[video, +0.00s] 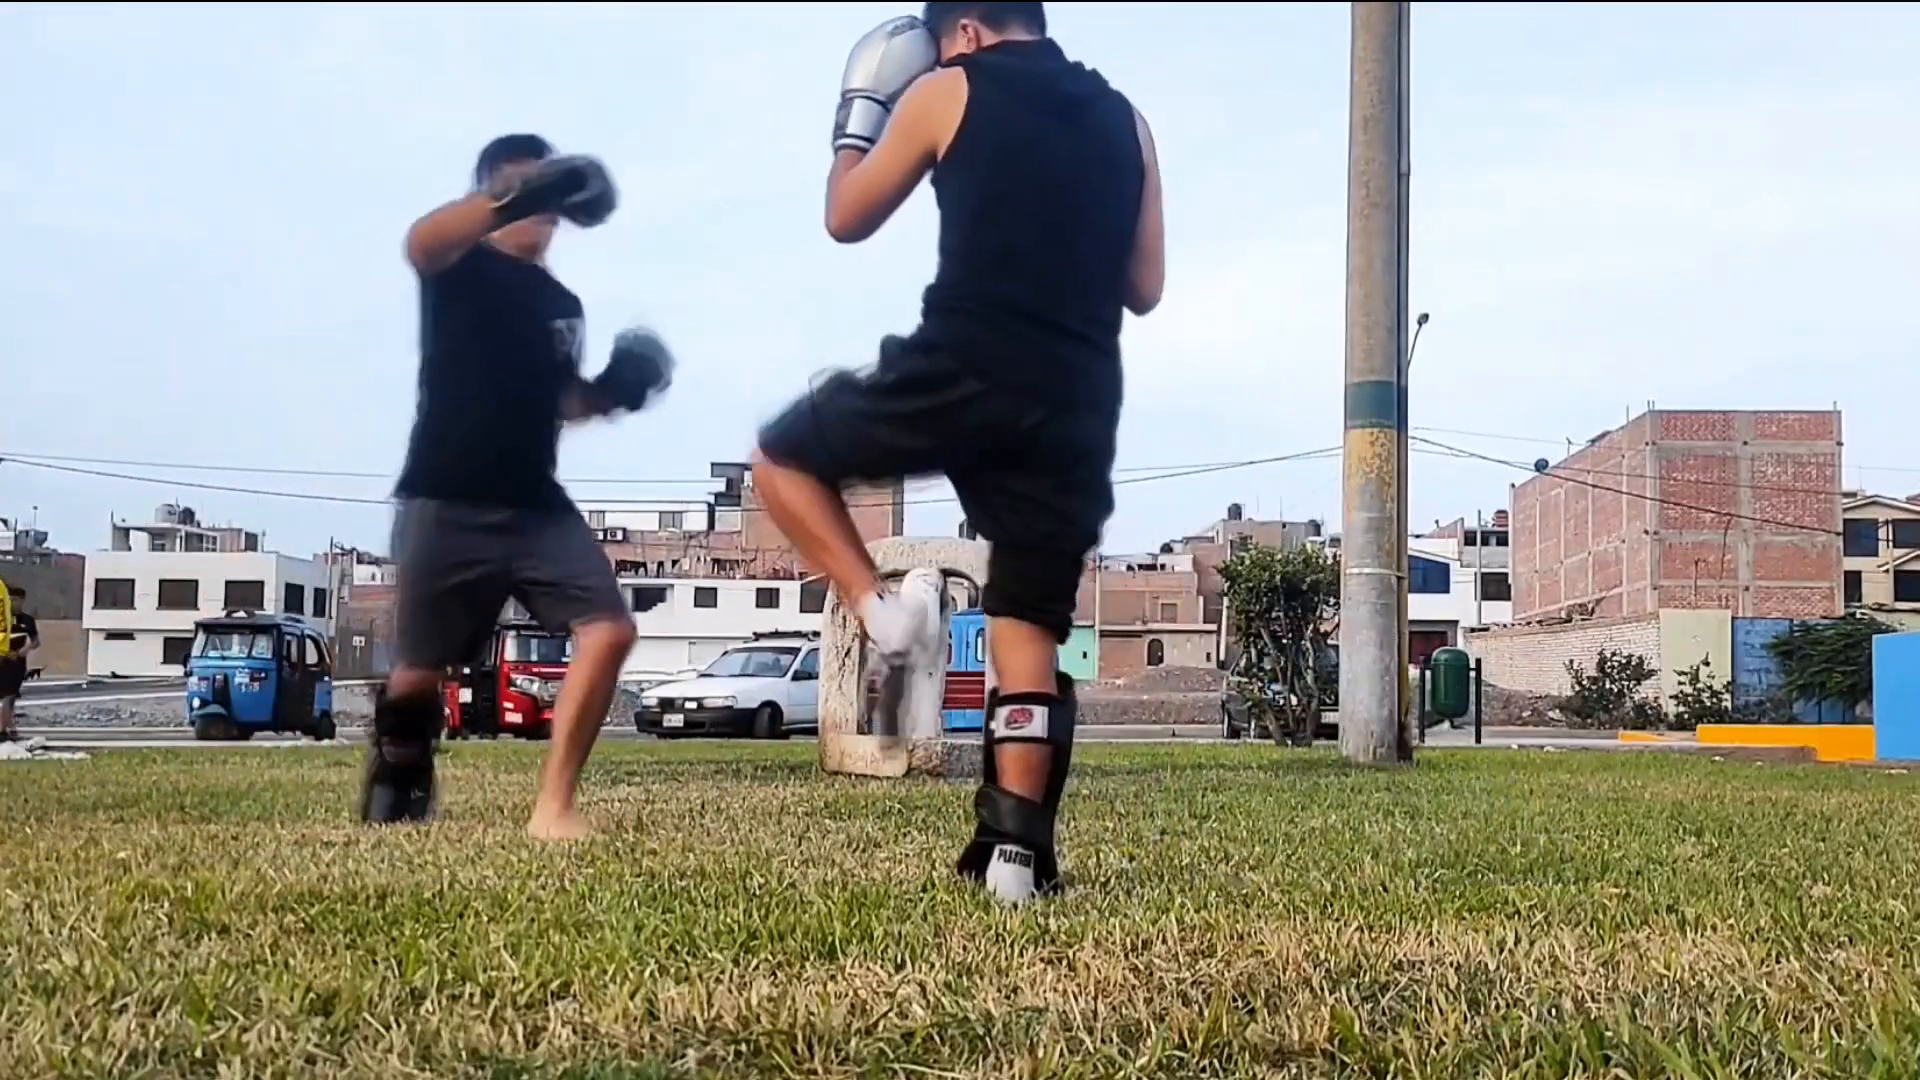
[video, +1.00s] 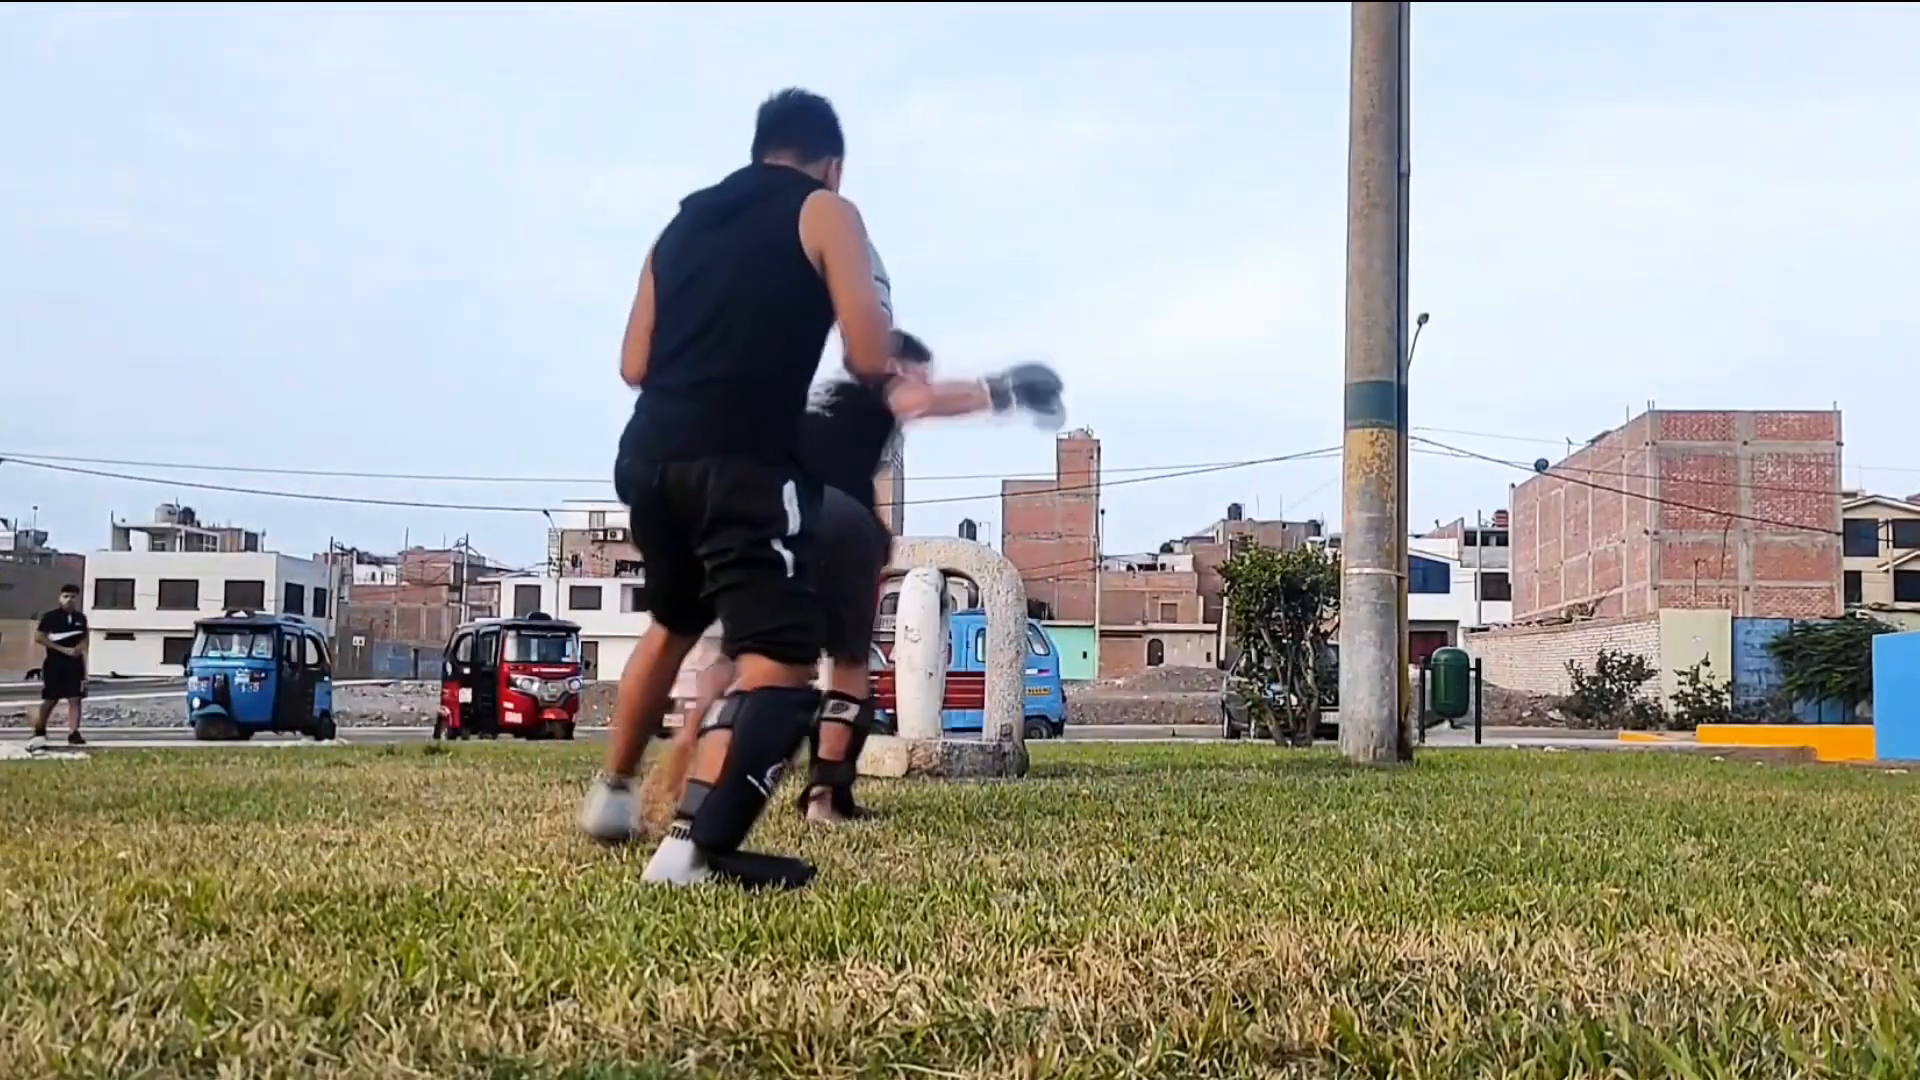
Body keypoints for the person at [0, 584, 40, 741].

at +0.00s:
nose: (13, 603)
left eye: (17, 600)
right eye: (11, 599)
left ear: (22, 601)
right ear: (7, 600)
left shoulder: (27, 620)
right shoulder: (5, 620)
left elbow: (35, 641)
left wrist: (22, 651)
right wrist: (8, 651)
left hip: (17, 661)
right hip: (4, 660)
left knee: (9, 698)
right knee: (8, 698)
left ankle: (4, 729)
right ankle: (10, 729)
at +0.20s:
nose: (21, 605)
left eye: (25, 602)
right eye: (19, 601)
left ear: (32, 603)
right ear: (15, 602)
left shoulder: (38, 621)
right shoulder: (6, 620)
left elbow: (45, 643)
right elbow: (1, 643)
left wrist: (37, 650)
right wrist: (14, 654)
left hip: (30, 662)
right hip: (12, 661)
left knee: (20, 700)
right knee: (23, 697)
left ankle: (4, 728)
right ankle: (31, 730)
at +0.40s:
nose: (31, 603)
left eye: (34, 599)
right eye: (27, 599)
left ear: (40, 601)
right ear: (23, 601)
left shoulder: (47, 618)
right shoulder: (18, 618)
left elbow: (54, 638)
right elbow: (7, 640)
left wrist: (50, 648)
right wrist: (30, 651)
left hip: (43, 661)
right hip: (25, 662)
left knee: (47, 699)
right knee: (30, 699)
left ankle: (22, 719)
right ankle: (33, 732)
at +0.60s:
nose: (42, 601)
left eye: (45, 598)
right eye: (38, 598)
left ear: (51, 599)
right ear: (34, 599)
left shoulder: (56, 617)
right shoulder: (26, 617)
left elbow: (61, 637)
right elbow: (19, 639)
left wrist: (60, 647)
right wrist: (45, 649)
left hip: (52, 663)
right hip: (33, 664)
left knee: (62, 694)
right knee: (33, 699)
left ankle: (53, 727)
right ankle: (34, 732)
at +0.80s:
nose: (54, 603)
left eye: (58, 600)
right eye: (51, 599)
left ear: (62, 601)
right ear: (46, 600)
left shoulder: (68, 620)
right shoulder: (38, 618)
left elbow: (70, 640)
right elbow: (29, 640)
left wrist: (70, 649)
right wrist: (54, 651)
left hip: (62, 665)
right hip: (42, 666)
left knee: (67, 699)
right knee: (38, 700)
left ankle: (72, 731)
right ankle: (35, 731)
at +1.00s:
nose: (68, 600)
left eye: (72, 597)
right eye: (65, 596)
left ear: (76, 599)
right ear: (60, 598)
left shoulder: (81, 619)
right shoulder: (50, 616)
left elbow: (85, 639)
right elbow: (39, 637)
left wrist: (79, 648)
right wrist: (64, 649)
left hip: (74, 664)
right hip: (54, 665)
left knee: (75, 699)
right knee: (50, 699)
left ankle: (74, 732)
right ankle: (40, 729)